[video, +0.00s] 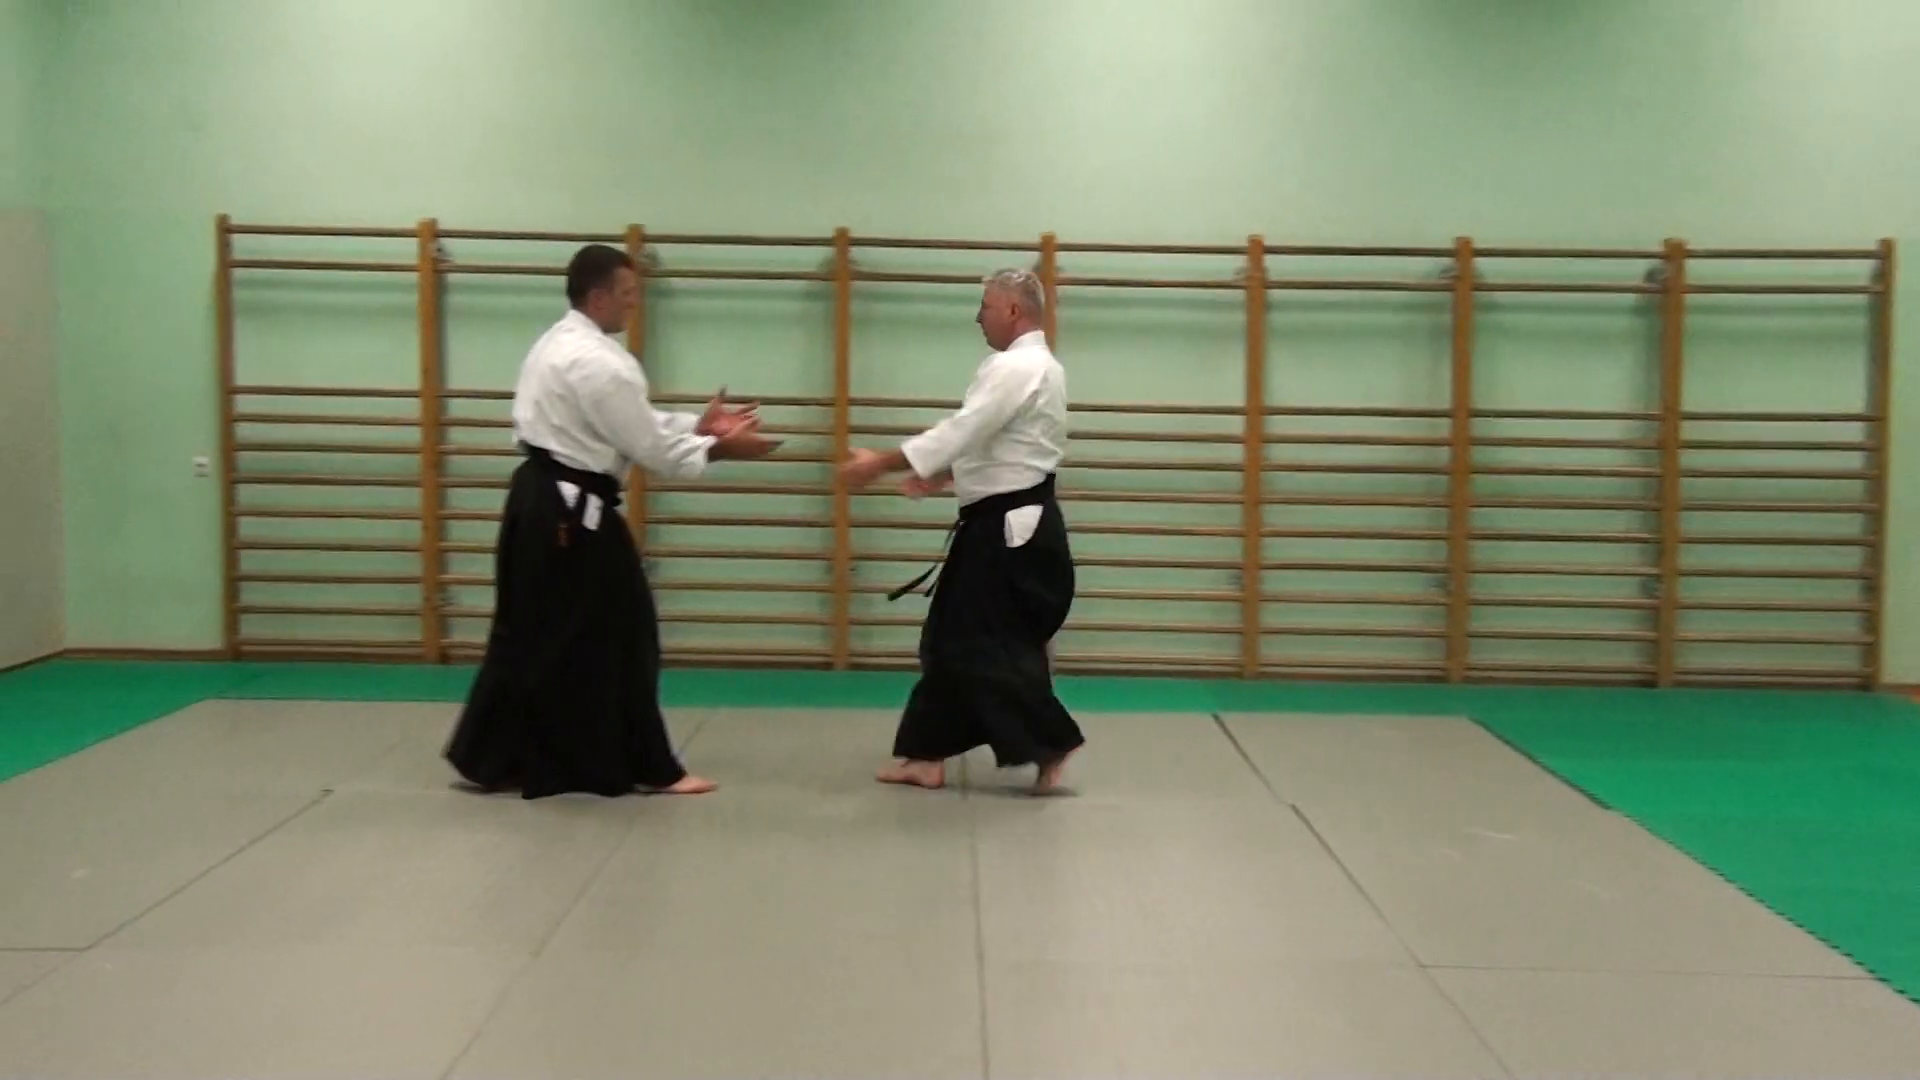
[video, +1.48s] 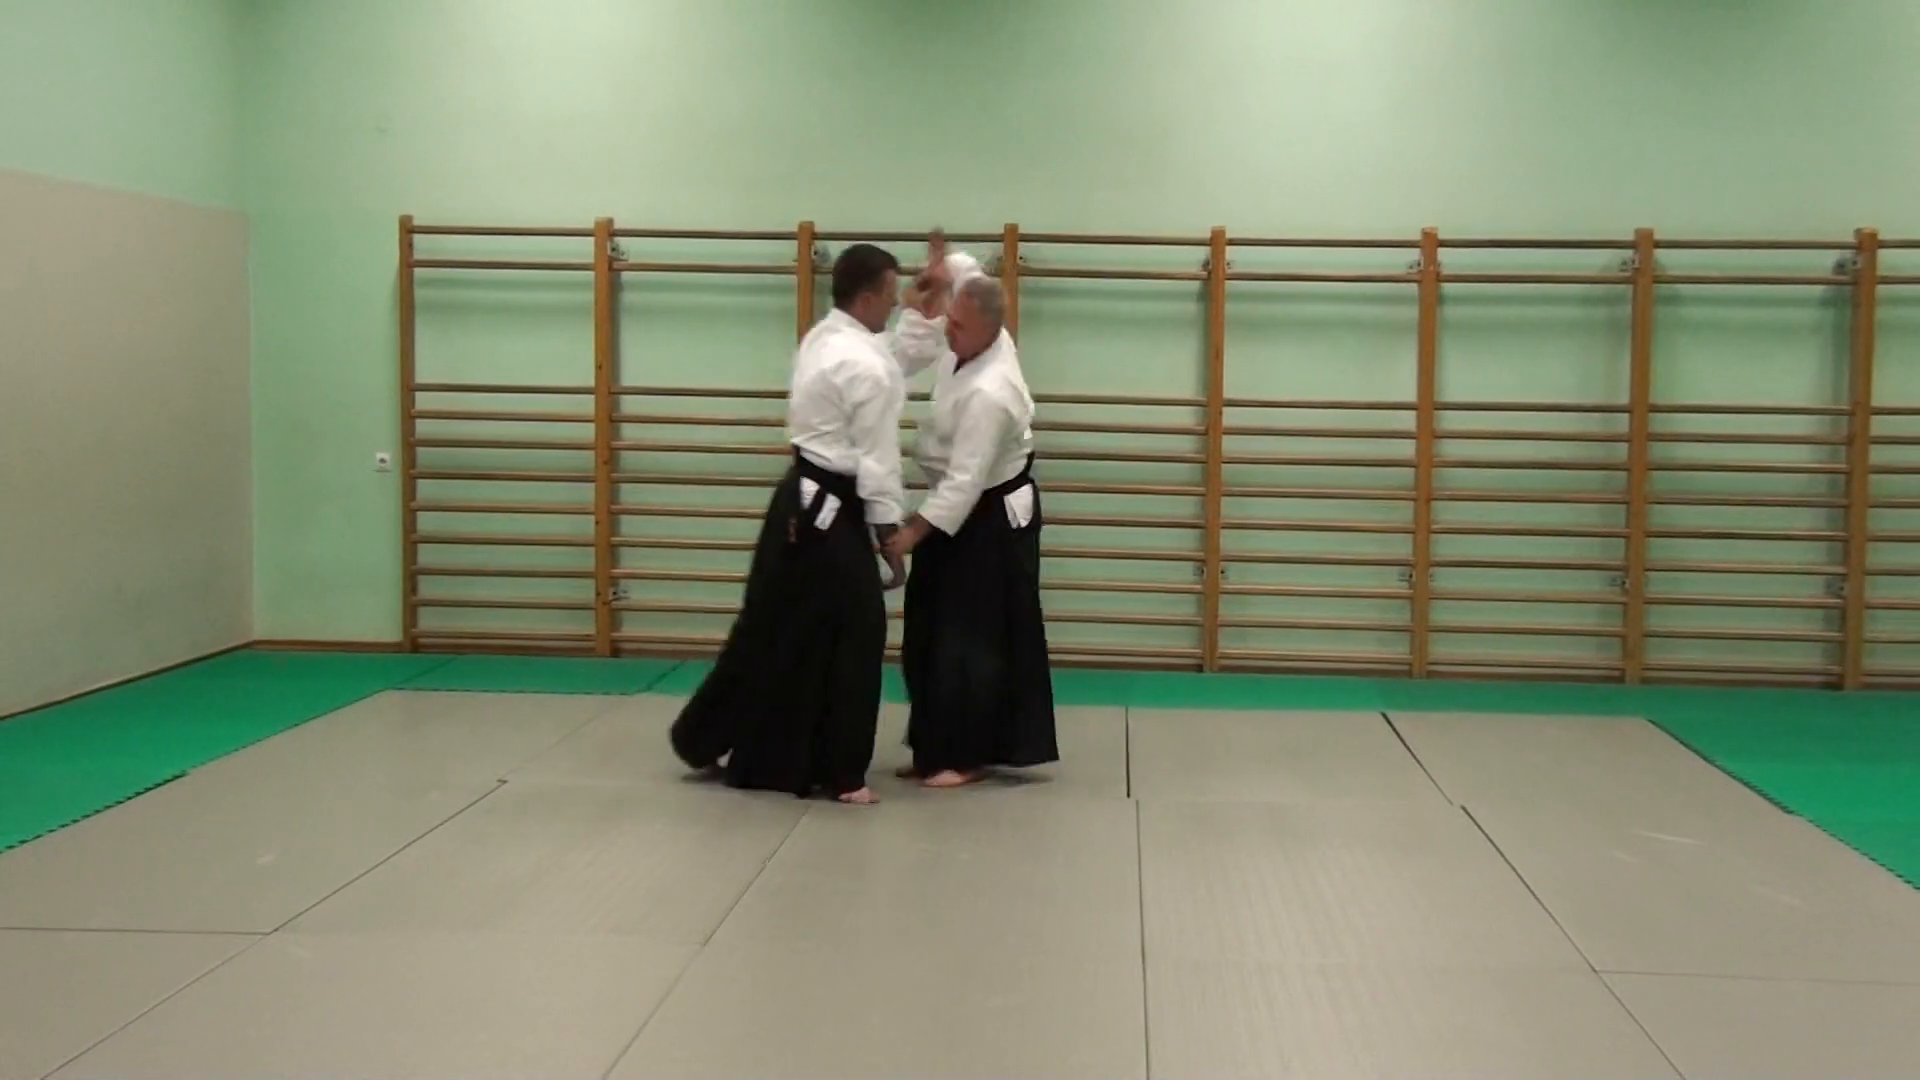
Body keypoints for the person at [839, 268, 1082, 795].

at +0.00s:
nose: (979, 317)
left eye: (985, 307)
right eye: (981, 308)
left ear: (1012, 310)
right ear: (1021, 311)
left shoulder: (1015, 368)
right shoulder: (1040, 365)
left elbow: (960, 433)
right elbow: (1007, 453)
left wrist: (884, 459)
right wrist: (939, 480)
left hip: (1004, 524)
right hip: (1017, 518)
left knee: (960, 637)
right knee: (961, 637)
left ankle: (1053, 741)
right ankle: (925, 755)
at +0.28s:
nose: (964, 312)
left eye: (970, 302)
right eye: (966, 302)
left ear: (996, 308)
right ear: (1007, 310)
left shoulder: (993, 367)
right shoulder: (1022, 361)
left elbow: (924, 419)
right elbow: (940, 413)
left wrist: (854, 430)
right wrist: (874, 419)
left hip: (987, 522)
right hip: (1019, 515)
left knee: (926, 636)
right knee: (993, 637)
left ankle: (897, 763)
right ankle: (1000, 754)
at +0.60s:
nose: (973, 300)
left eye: (979, 290)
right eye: (974, 290)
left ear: (1006, 293)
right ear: (1015, 294)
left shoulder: (1005, 353)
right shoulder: (1042, 344)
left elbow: (959, 431)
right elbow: (982, 406)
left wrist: (910, 459)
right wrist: (927, 423)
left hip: (1012, 508)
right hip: (1048, 499)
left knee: (973, 627)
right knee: (1031, 628)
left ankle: (982, 758)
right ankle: (1042, 749)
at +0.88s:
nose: (960, 301)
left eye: (965, 291)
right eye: (960, 291)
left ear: (994, 293)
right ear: (1001, 294)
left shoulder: (996, 352)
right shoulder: (1027, 342)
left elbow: (946, 436)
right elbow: (972, 409)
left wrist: (895, 459)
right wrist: (922, 425)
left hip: (1008, 506)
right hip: (1039, 497)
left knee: (981, 629)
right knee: (1034, 627)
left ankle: (986, 760)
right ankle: (1039, 754)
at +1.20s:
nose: (949, 302)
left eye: (954, 293)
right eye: (950, 292)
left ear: (984, 297)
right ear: (990, 297)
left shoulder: (984, 356)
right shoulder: (1012, 340)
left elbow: (936, 424)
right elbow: (952, 374)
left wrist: (877, 471)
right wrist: (896, 381)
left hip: (998, 508)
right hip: (1027, 499)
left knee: (961, 626)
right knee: (1020, 627)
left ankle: (969, 756)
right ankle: (1022, 754)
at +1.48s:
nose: (947, 331)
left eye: (959, 325)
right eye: (947, 320)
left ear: (989, 326)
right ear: (951, 312)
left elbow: (966, 479)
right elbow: (970, 287)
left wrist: (917, 531)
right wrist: (945, 268)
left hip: (991, 513)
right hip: (961, 503)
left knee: (973, 630)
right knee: (934, 623)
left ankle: (972, 755)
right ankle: (936, 748)